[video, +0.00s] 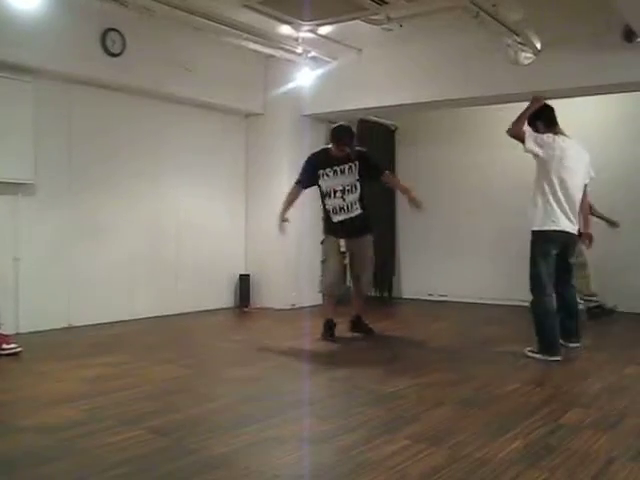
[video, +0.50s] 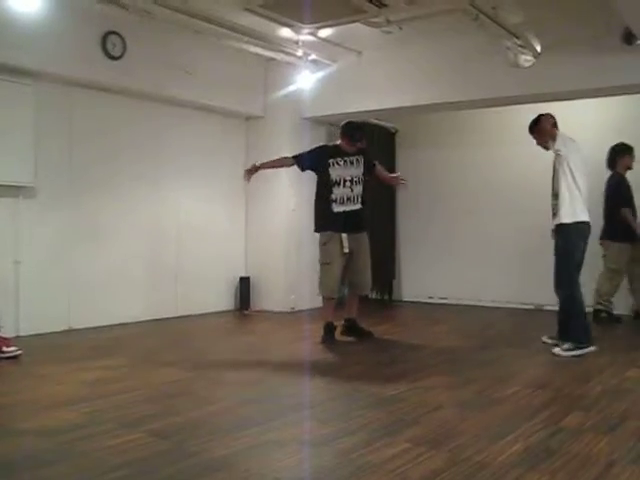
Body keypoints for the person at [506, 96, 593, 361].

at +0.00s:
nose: (534, 133)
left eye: (534, 128)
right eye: (535, 129)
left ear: (540, 125)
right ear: (557, 122)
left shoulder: (548, 143)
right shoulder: (580, 151)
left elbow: (514, 130)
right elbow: (584, 195)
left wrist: (531, 107)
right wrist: (586, 227)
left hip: (547, 228)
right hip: (570, 229)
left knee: (542, 289)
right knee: (564, 284)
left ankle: (549, 348)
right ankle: (571, 337)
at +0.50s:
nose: (538, 143)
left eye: (538, 137)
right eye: (535, 139)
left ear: (550, 126)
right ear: (550, 128)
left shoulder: (568, 149)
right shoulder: (561, 153)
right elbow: (563, 191)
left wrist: (550, 124)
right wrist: (558, 222)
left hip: (573, 223)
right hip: (566, 223)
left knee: (568, 284)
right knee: (564, 284)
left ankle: (580, 339)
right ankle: (565, 333)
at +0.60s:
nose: (542, 142)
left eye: (542, 136)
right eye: (539, 138)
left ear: (553, 127)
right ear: (550, 130)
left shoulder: (573, 146)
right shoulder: (563, 150)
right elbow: (564, 190)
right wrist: (557, 220)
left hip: (577, 221)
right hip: (567, 222)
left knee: (575, 281)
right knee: (564, 282)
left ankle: (596, 335)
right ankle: (567, 332)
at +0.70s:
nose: (545, 137)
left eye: (546, 131)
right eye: (543, 132)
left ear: (558, 128)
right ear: (554, 131)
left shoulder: (579, 147)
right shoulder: (563, 153)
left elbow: (579, 132)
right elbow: (564, 192)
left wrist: (570, 116)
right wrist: (557, 222)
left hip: (582, 221)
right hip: (566, 222)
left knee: (588, 279)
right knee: (564, 282)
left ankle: (610, 334)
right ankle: (568, 333)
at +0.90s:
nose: (559, 134)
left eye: (561, 129)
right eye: (558, 129)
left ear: (573, 127)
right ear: (570, 128)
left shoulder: (593, 146)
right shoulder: (563, 157)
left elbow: (611, 125)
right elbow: (562, 193)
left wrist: (585, 111)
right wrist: (557, 226)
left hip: (595, 223)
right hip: (570, 225)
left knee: (608, 282)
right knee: (566, 283)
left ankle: (625, 337)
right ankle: (568, 333)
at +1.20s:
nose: (591, 133)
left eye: (595, 129)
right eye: (591, 128)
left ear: (608, 131)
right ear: (596, 129)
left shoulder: (627, 153)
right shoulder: (583, 156)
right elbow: (574, 191)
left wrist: (627, 117)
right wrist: (561, 221)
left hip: (621, 231)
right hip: (590, 231)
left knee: (625, 289)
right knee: (580, 286)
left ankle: (625, 340)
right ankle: (571, 333)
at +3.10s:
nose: (568, 117)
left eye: (570, 112)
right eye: (568, 112)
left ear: (582, 112)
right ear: (586, 113)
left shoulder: (604, 139)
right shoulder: (586, 139)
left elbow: (609, 125)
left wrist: (600, 98)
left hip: (595, 228)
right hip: (579, 225)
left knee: (592, 291)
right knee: (575, 288)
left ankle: (597, 355)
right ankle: (587, 345)